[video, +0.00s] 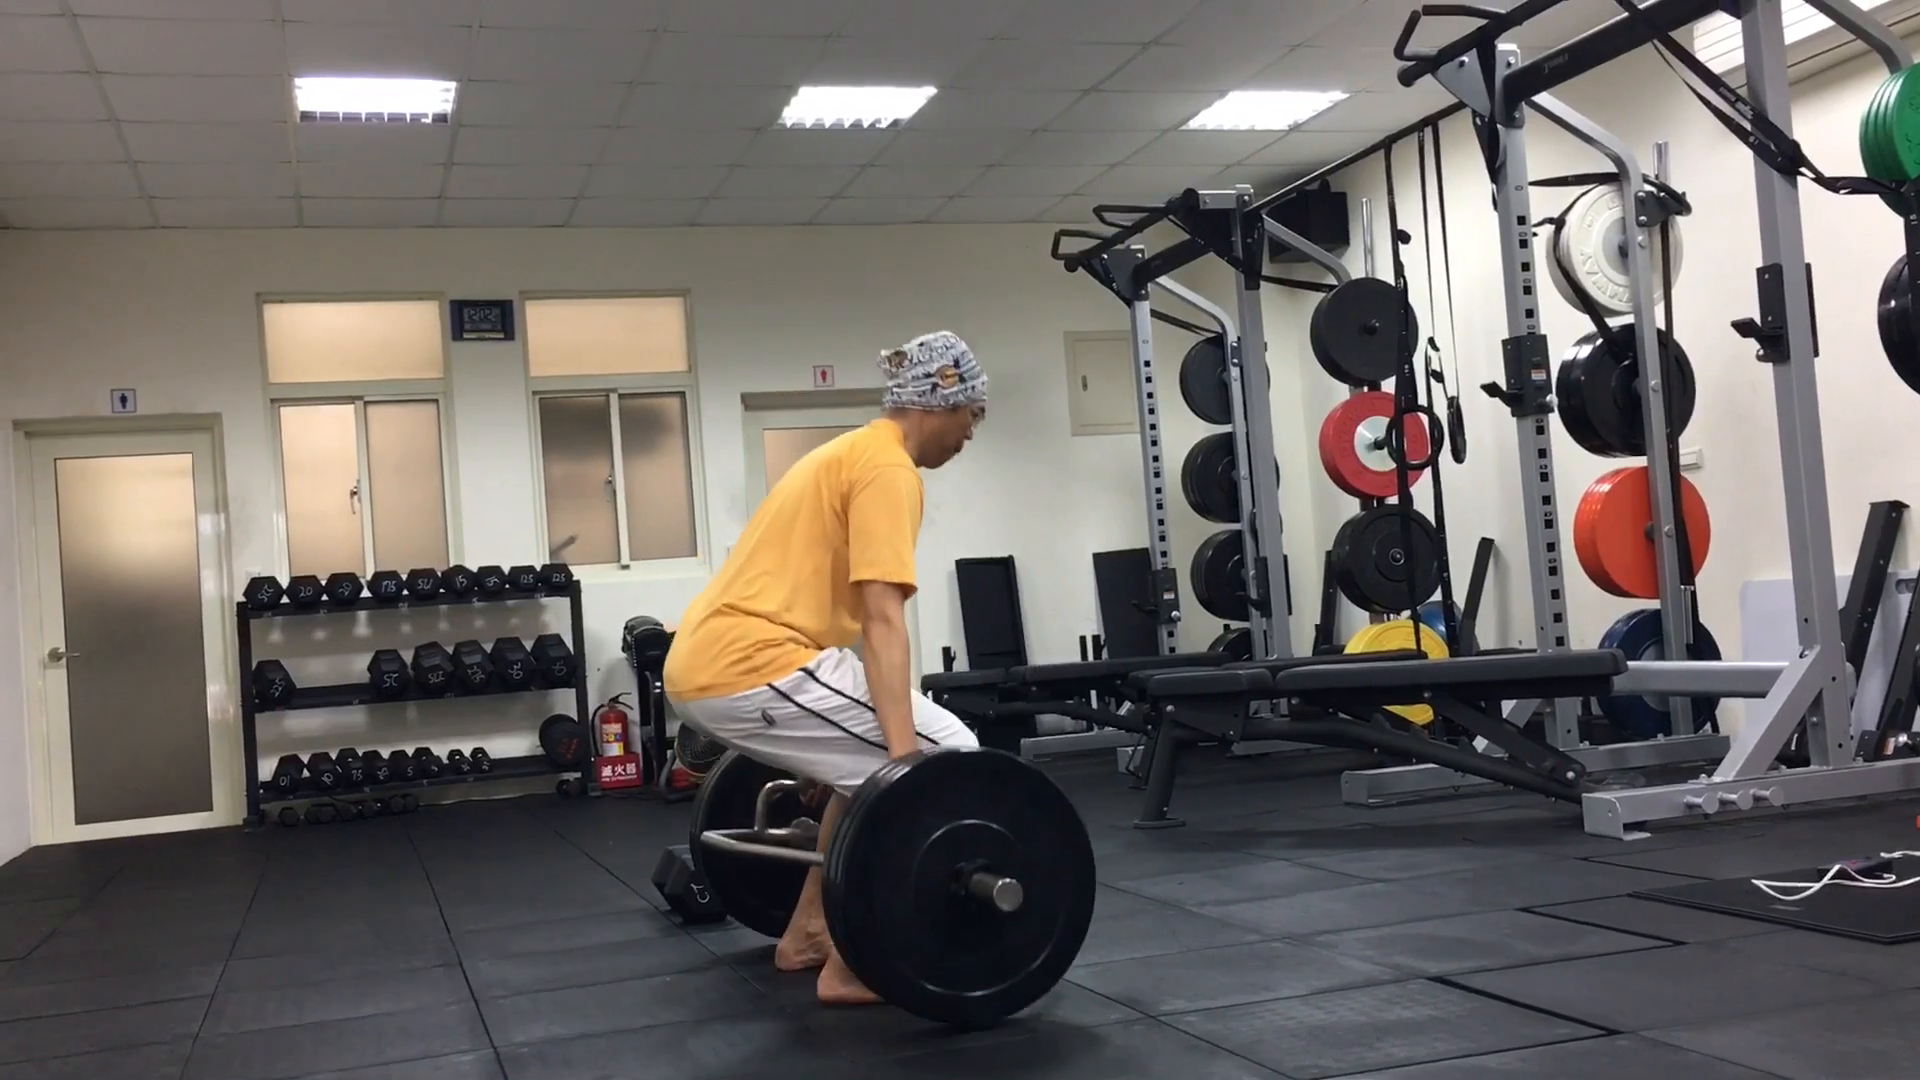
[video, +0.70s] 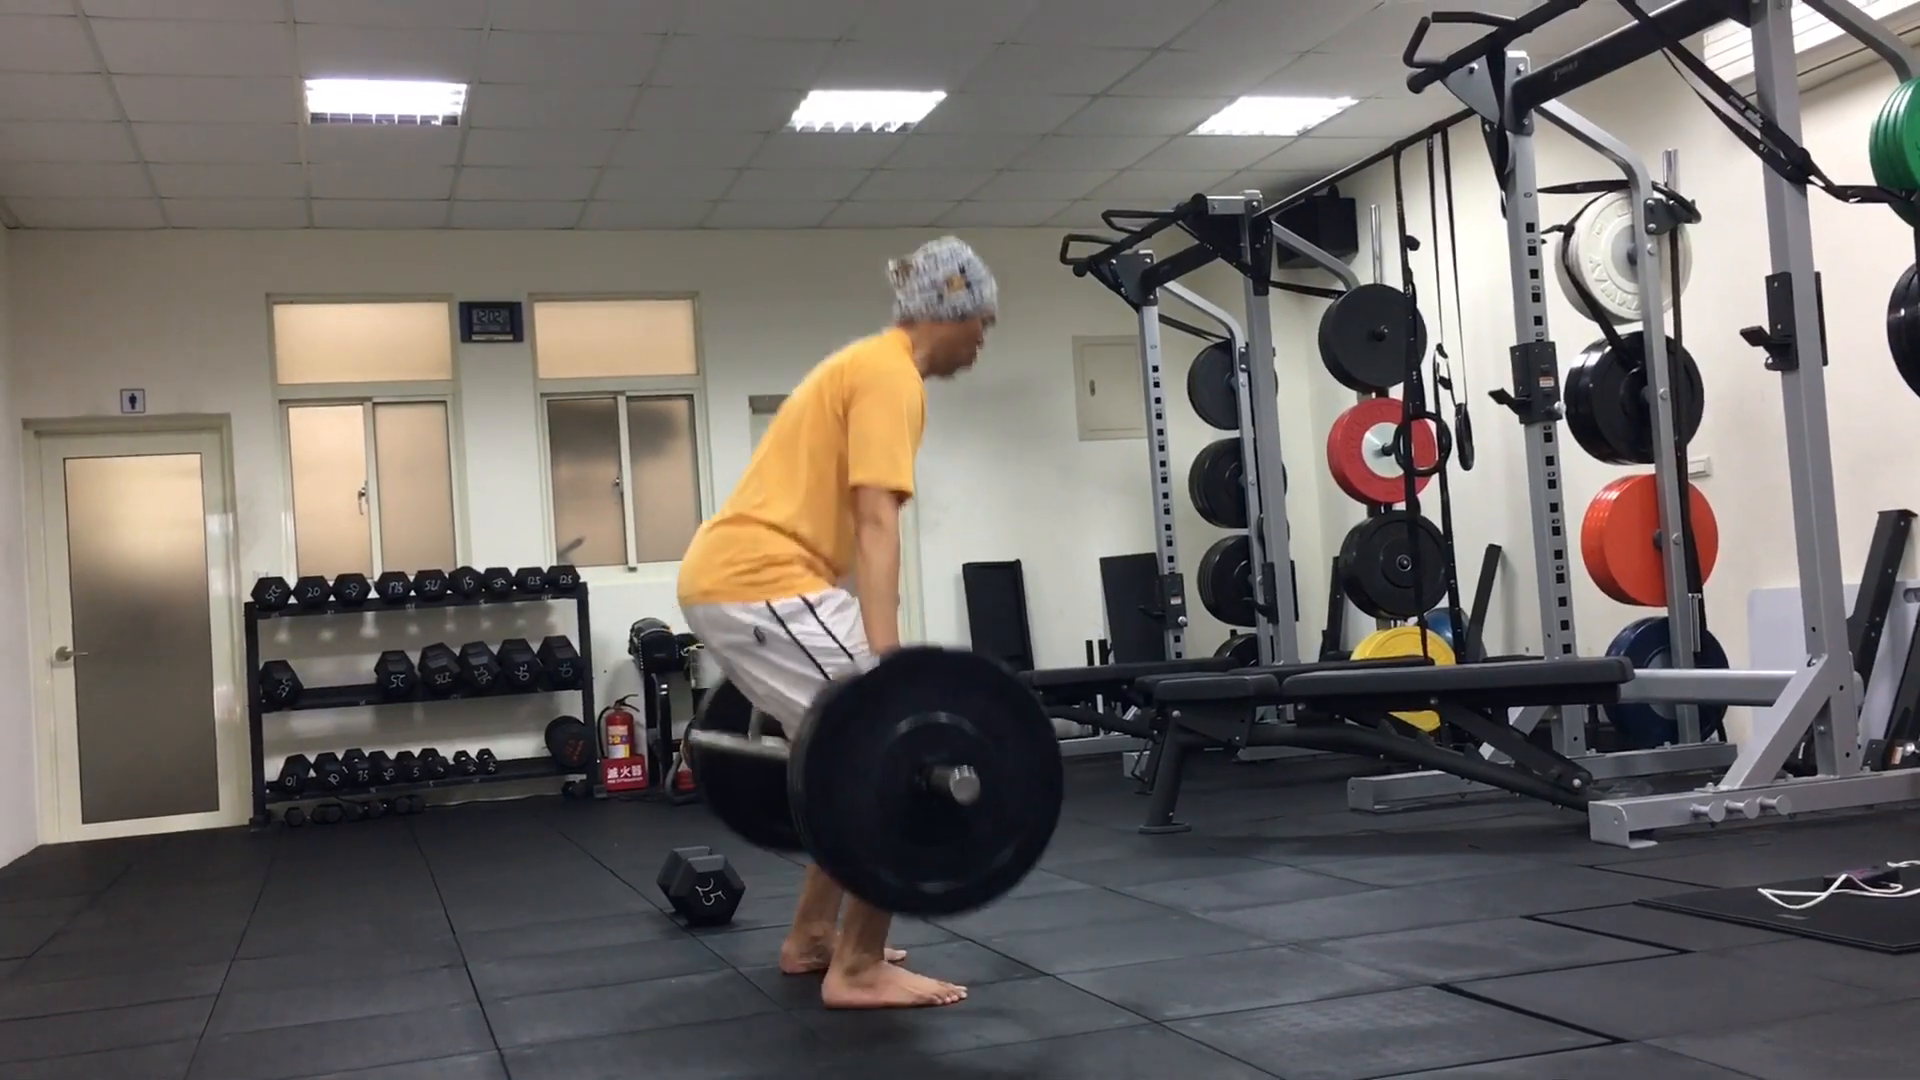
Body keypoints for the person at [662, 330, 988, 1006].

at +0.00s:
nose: (970, 435)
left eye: (975, 420)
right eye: (970, 416)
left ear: (908, 402)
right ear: (936, 405)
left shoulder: (845, 454)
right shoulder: (886, 464)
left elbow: (833, 616)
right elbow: (881, 617)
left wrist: (831, 751)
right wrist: (902, 750)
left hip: (702, 665)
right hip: (754, 663)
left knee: (884, 750)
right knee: (948, 750)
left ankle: (807, 931)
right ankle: (853, 963)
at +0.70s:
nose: (981, 346)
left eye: (985, 328)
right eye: (982, 326)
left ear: (921, 309)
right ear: (950, 312)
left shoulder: (864, 366)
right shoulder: (887, 370)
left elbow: (850, 526)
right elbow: (875, 519)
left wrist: (876, 656)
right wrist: (886, 663)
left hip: (729, 577)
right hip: (760, 576)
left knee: (865, 740)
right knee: (895, 744)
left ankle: (813, 935)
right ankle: (859, 966)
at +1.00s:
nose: (937, 220)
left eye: (940, 204)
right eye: (935, 202)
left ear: (869, 187)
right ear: (904, 190)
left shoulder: (818, 256)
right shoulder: (853, 254)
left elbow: (794, 401)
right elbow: (844, 391)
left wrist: (836, 531)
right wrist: (873, 536)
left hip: (758, 526)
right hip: (800, 528)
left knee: (781, 741)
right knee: (829, 742)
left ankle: (804, 936)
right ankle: (851, 964)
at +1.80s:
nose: (962, 342)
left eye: (967, 325)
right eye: (963, 322)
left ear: (904, 304)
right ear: (929, 307)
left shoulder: (840, 360)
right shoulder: (870, 365)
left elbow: (843, 527)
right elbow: (870, 521)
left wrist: (863, 657)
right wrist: (890, 661)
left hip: (710, 579)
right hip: (745, 579)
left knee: (847, 738)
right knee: (887, 737)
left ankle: (806, 933)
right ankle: (853, 964)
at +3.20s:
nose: (935, 204)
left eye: (936, 188)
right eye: (931, 186)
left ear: (863, 175)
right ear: (901, 177)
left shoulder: (813, 249)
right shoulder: (855, 246)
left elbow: (789, 400)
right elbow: (855, 385)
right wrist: (886, 522)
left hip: (766, 519)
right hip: (815, 520)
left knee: (779, 735)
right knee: (827, 737)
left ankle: (801, 927)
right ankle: (848, 957)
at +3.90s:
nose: (967, 328)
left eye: (972, 311)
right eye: (968, 309)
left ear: (910, 289)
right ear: (935, 293)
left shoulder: (842, 344)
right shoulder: (878, 350)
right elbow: (885, 500)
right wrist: (907, 643)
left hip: (727, 570)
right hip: (767, 571)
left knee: (849, 740)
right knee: (893, 734)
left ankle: (814, 933)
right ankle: (860, 965)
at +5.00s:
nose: (969, 258)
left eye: (975, 243)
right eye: (971, 239)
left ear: (913, 222)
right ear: (938, 223)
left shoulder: (850, 282)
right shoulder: (887, 281)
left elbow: (809, 432)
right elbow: (882, 420)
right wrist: (900, 558)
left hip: (758, 527)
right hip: (805, 526)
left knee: (817, 730)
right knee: (866, 726)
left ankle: (814, 922)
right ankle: (859, 951)